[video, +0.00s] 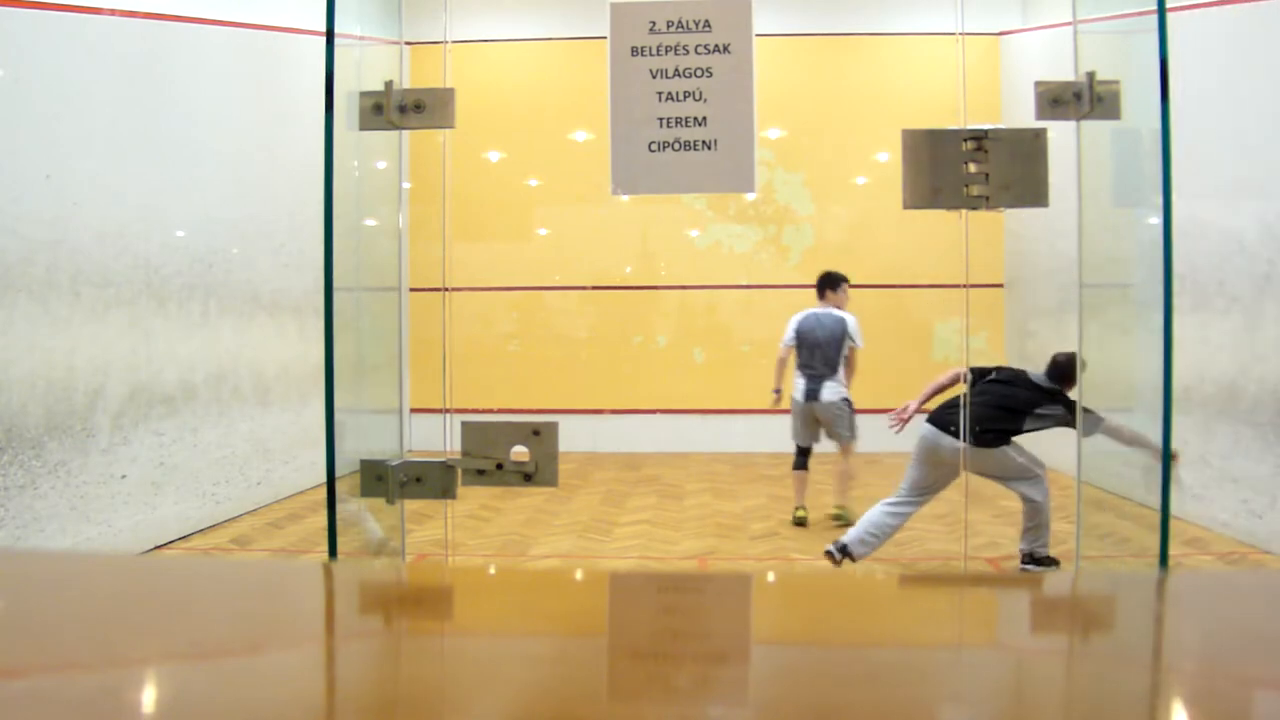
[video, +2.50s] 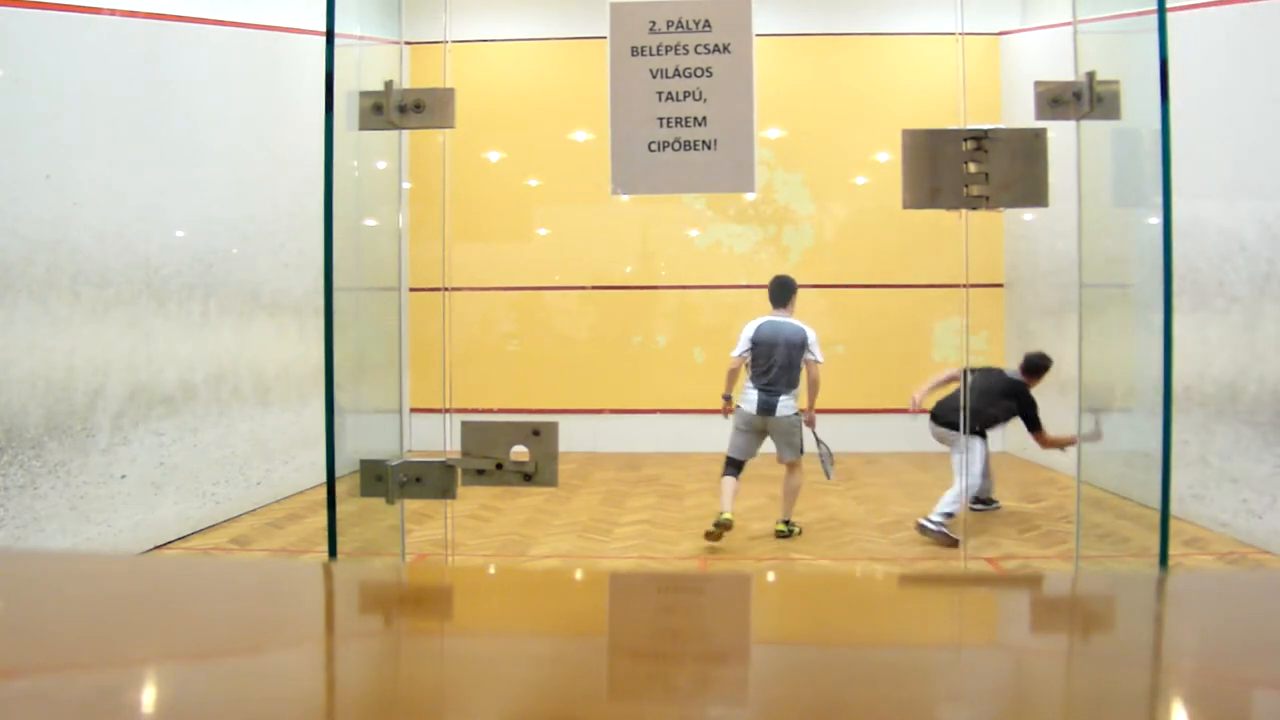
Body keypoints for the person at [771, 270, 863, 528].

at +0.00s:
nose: (847, 297)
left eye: (847, 291)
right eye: (844, 291)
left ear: (823, 294)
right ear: (829, 293)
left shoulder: (799, 319)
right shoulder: (847, 320)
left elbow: (783, 356)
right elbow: (851, 359)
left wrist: (777, 388)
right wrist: (845, 388)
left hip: (802, 393)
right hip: (832, 393)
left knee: (802, 450)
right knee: (846, 449)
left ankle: (799, 506)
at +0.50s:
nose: (788, 322)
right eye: (789, 318)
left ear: (764, 318)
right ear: (787, 319)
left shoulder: (743, 344)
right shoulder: (784, 348)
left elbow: (726, 386)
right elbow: (781, 391)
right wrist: (791, 426)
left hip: (725, 416)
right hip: (754, 419)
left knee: (717, 480)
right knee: (794, 465)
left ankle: (691, 534)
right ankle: (784, 525)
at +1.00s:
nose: (817, 321)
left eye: (818, 317)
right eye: (818, 317)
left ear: (794, 311)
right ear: (815, 315)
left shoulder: (772, 330)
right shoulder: (798, 335)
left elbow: (743, 356)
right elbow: (794, 368)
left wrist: (736, 378)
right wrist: (827, 377)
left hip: (740, 403)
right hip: (762, 407)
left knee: (756, 455)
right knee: (772, 472)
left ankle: (752, 509)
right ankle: (768, 534)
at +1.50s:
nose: (820, 315)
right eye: (821, 311)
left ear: (798, 308)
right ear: (819, 312)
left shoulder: (776, 328)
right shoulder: (816, 343)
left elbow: (742, 351)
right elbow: (819, 377)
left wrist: (736, 368)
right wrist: (818, 403)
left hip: (753, 396)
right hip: (779, 400)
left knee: (768, 454)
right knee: (777, 461)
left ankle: (772, 503)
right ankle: (763, 509)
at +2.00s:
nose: (807, 302)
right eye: (807, 298)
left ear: (783, 299)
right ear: (806, 301)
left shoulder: (765, 326)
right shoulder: (814, 333)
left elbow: (750, 363)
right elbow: (812, 374)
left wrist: (747, 397)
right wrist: (798, 385)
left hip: (764, 402)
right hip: (793, 404)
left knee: (770, 455)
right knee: (794, 464)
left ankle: (772, 507)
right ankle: (785, 519)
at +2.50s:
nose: (796, 300)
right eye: (796, 296)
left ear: (770, 298)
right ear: (793, 298)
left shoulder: (753, 327)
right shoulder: (805, 332)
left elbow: (734, 366)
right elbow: (813, 376)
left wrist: (727, 395)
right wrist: (810, 409)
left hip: (750, 409)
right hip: (785, 412)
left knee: (732, 466)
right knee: (793, 466)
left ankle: (725, 514)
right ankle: (784, 521)